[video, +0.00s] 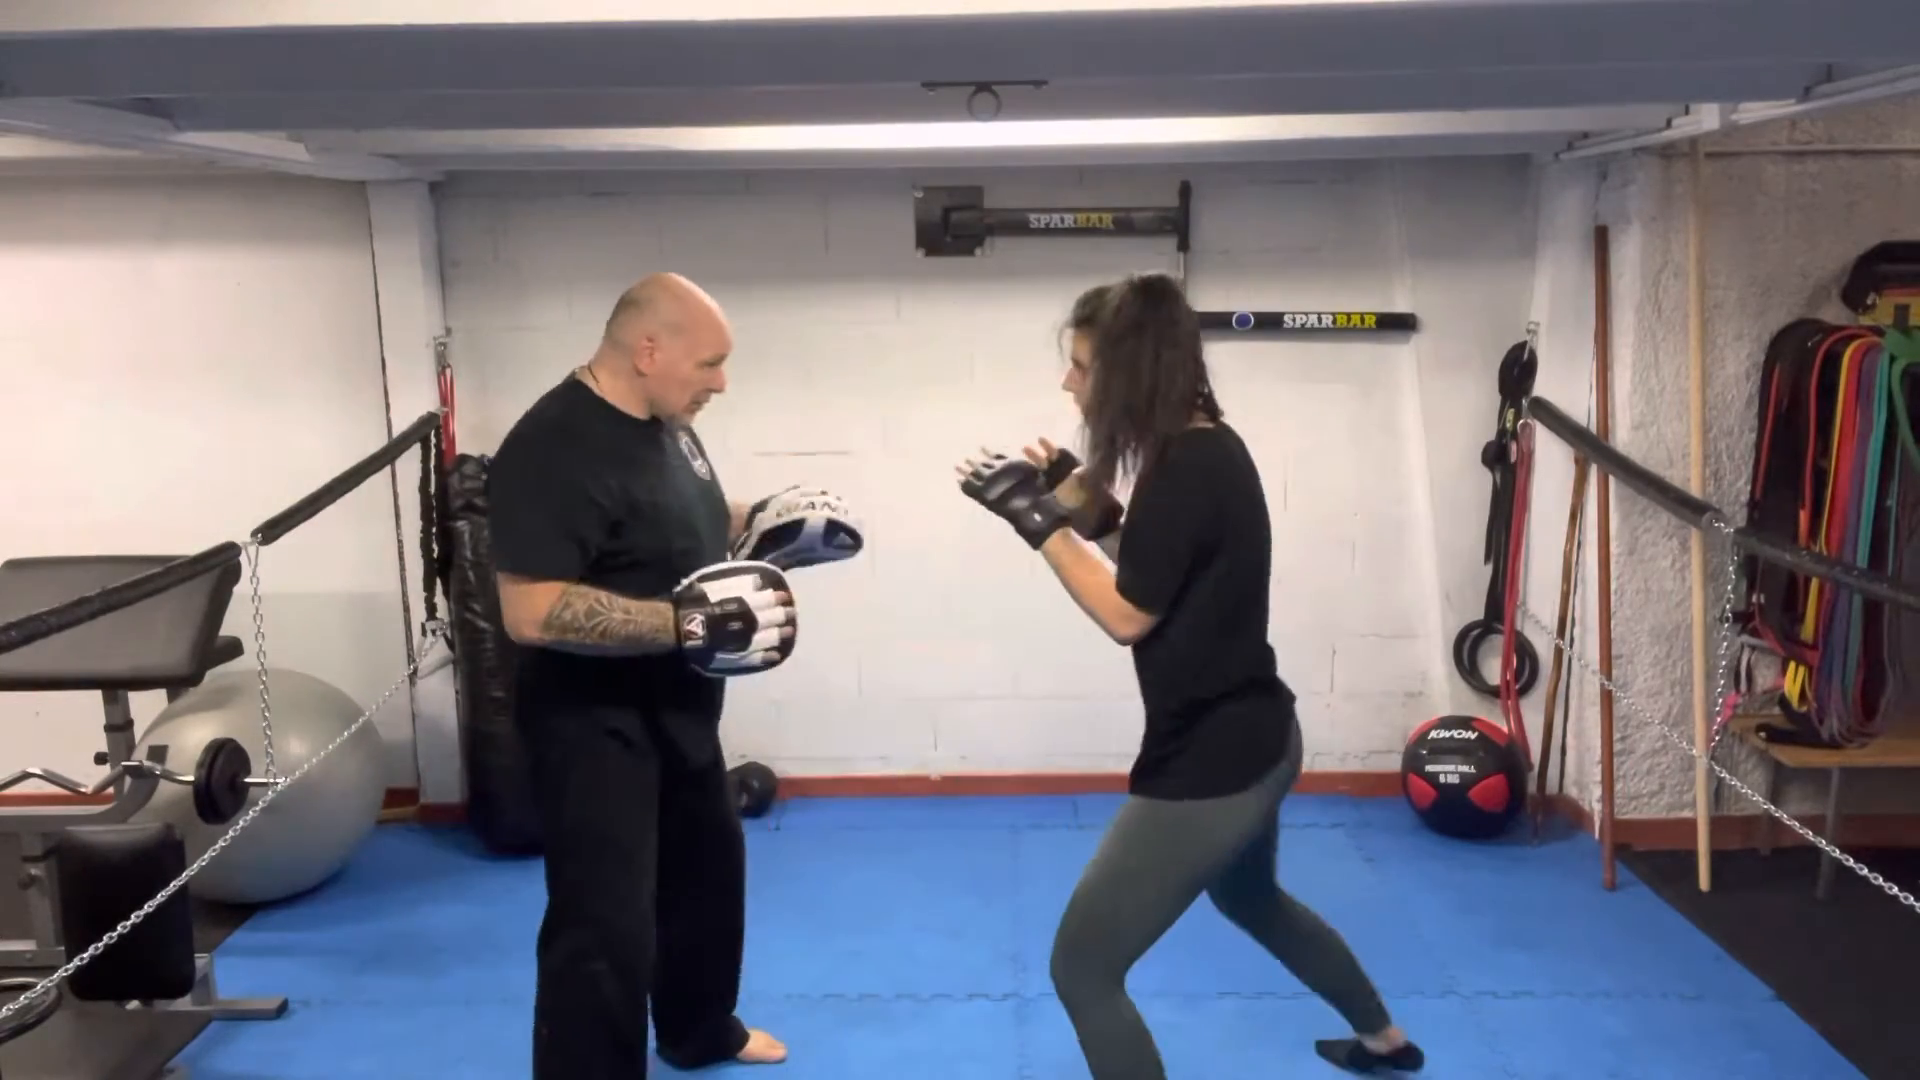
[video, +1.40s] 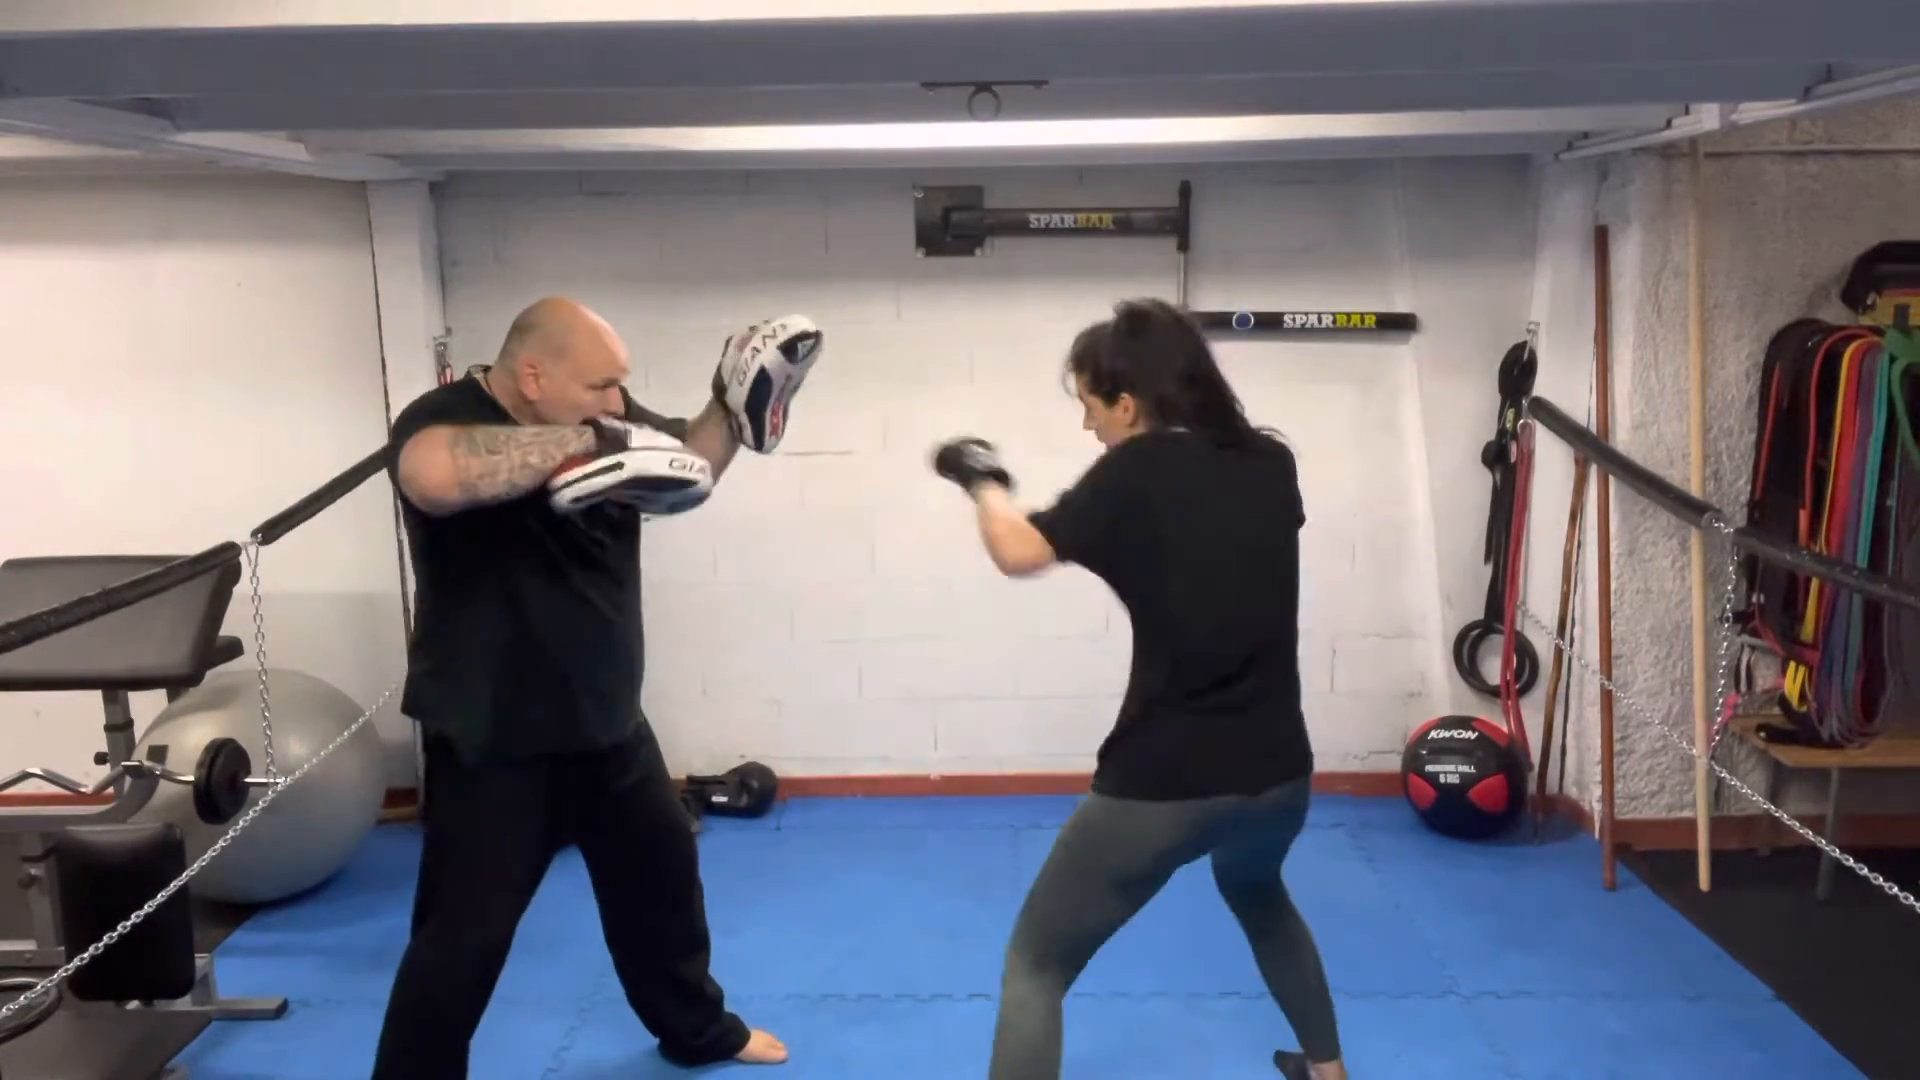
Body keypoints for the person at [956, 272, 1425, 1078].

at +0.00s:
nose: (1066, 383)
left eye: (1078, 366)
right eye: (1068, 365)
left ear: (1128, 369)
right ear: (1154, 364)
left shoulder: (1184, 464)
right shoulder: (1209, 448)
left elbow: (1126, 617)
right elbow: (1163, 564)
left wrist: (1040, 522)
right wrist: (1087, 503)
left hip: (1210, 763)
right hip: (1257, 740)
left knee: (1082, 967)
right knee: (1251, 897)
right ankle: (1382, 1036)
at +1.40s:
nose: (1086, 421)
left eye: (1087, 404)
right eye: (1081, 405)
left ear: (1130, 400)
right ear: (1189, 384)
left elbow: (1017, 550)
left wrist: (984, 478)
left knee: (1038, 963)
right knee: (1259, 891)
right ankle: (1326, 1062)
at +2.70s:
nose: (1064, 454)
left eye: (1066, 437)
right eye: (1055, 438)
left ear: (1099, 432)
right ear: (1138, 397)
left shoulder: (1190, 464)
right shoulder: (1181, 444)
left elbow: (1076, 558)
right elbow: (1079, 496)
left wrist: (1002, 476)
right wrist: (1011, 461)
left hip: (1241, 791)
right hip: (1198, 760)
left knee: (1139, 1009)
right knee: (1123, 866)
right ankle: (1221, 994)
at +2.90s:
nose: (1047, 458)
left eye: (1059, 442)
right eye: (1042, 443)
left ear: (1105, 424)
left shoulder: (1169, 460)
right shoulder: (1124, 463)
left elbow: (1057, 550)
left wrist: (1018, 457)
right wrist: (1016, 450)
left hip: (1232, 751)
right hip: (1160, 739)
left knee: (1189, 997)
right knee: (1090, 878)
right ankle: (1164, 998)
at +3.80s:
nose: (992, 603)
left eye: (983, 598)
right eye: (982, 602)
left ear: (996, 558)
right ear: (994, 545)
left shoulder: (1071, 545)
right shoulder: (1069, 525)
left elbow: (1053, 697)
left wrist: (983, 653)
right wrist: (995, 652)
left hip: (1233, 785)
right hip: (1173, 763)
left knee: (1114, 999)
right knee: (1095, 864)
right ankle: (1158, 1003)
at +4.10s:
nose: (1020, 606)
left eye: (1020, 597)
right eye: (1005, 602)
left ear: (1046, 570)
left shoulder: (1162, 556)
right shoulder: (1044, 531)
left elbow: (1187, 708)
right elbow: (998, 612)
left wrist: (1049, 692)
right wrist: (953, 679)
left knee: (1145, 998)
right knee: (1075, 907)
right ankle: (1149, 991)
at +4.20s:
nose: (1042, 565)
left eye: (1049, 552)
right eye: (1026, 548)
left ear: (1085, 535)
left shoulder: (1199, 530)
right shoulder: (1060, 517)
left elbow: (1219, 686)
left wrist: (1073, 687)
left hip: (1212, 777)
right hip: (1121, 763)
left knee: (1123, 1003)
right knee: (1066, 909)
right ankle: (1154, 1004)